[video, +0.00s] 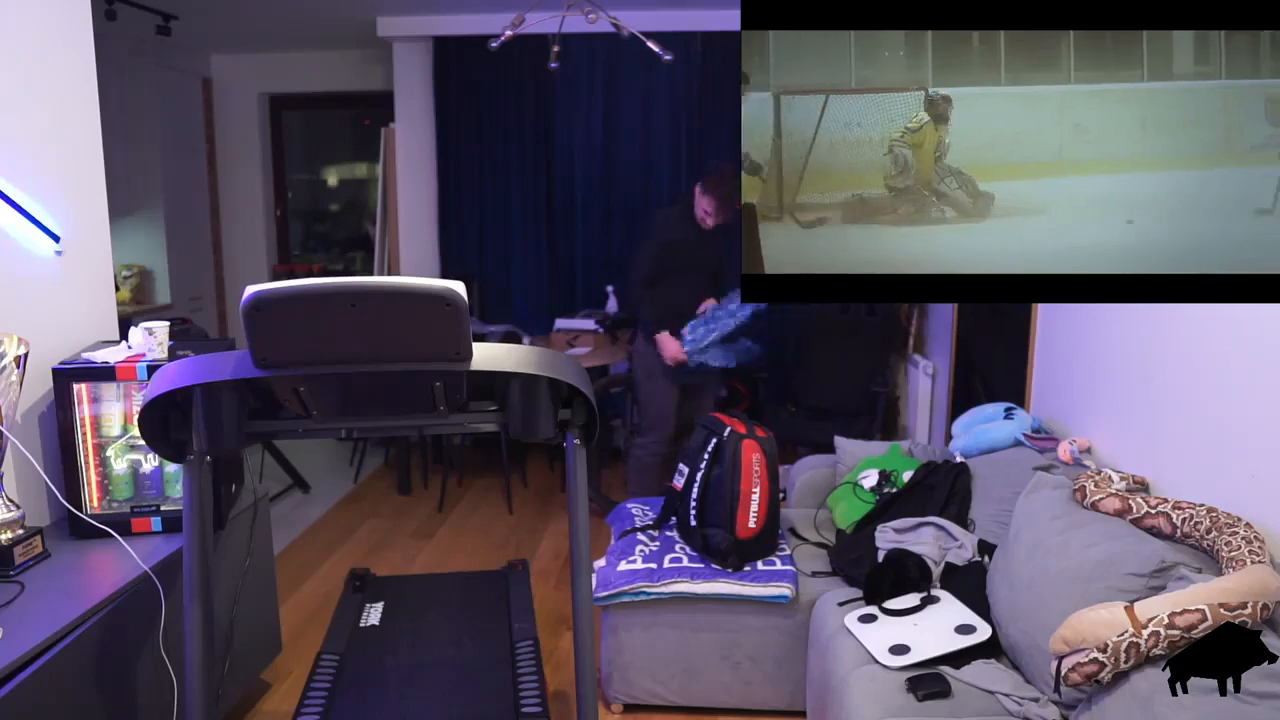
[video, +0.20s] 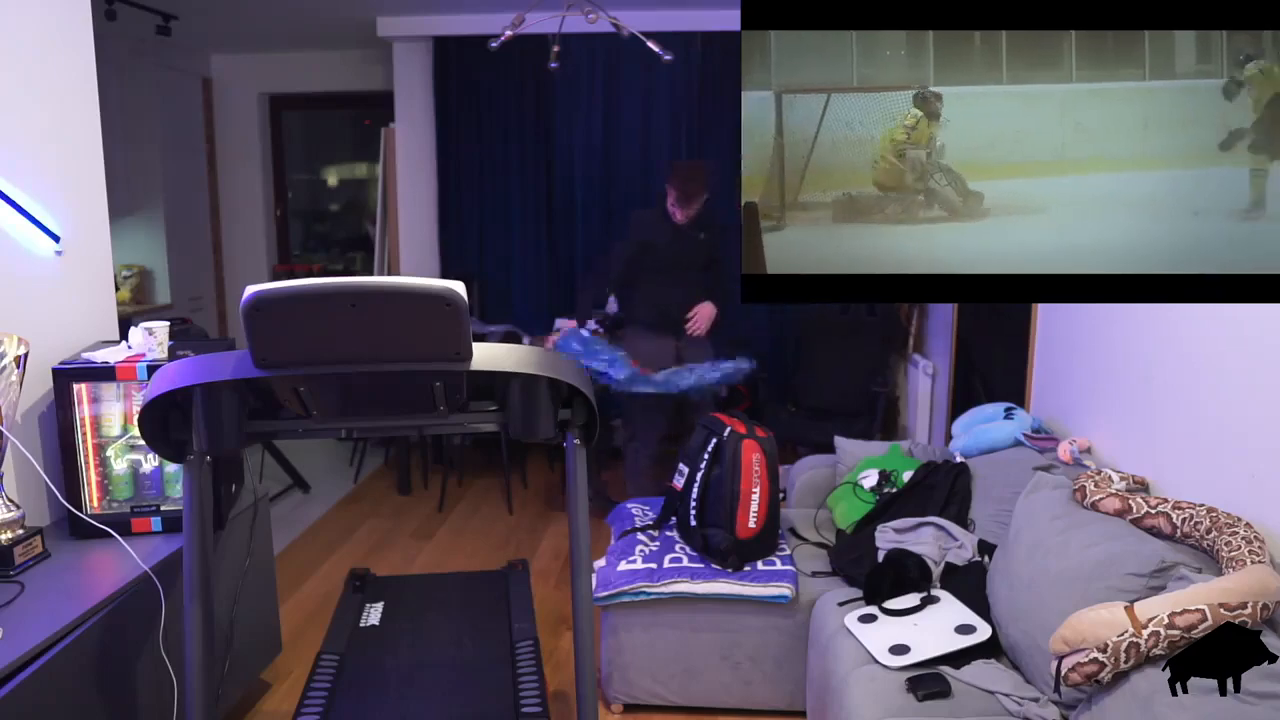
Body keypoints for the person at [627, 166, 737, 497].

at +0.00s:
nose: (708, 220)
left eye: (717, 215)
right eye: (705, 211)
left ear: (732, 210)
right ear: (696, 191)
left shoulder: (728, 234)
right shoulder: (667, 225)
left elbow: (727, 277)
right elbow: (641, 286)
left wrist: (715, 299)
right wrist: (660, 335)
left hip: (702, 341)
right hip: (656, 341)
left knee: (700, 426)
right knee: (658, 428)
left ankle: (690, 504)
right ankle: (644, 506)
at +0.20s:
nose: (680, 212)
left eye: (688, 205)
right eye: (674, 203)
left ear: (703, 198)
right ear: (666, 192)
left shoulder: (715, 233)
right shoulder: (643, 226)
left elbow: (727, 276)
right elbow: (608, 271)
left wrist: (713, 304)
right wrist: (585, 316)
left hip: (693, 345)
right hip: (643, 341)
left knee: (698, 425)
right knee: (645, 426)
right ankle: (643, 502)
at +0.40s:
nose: (656, 212)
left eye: (664, 206)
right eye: (650, 205)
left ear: (680, 194)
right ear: (641, 193)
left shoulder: (696, 229)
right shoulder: (625, 227)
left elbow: (712, 277)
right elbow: (591, 272)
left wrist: (703, 305)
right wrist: (544, 298)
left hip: (680, 334)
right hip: (634, 332)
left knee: (698, 409)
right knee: (635, 414)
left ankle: (697, 487)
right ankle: (635, 493)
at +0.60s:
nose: (641, 207)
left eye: (648, 200)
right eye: (634, 200)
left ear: (664, 187)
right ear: (624, 190)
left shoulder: (684, 226)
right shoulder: (611, 226)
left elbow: (702, 280)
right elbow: (591, 273)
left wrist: (683, 298)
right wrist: (563, 298)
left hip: (670, 343)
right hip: (619, 345)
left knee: (684, 433)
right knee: (628, 439)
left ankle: (693, 513)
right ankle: (634, 514)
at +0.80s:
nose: (629, 200)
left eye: (636, 192)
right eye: (621, 193)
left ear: (652, 181)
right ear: (612, 186)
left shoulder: (676, 222)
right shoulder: (603, 224)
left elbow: (702, 272)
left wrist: (678, 280)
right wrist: (580, 270)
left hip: (662, 342)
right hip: (611, 344)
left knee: (664, 438)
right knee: (622, 441)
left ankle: (674, 512)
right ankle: (632, 514)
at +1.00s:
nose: (623, 192)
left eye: (631, 182)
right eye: (615, 184)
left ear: (646, 175)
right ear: (607, 180)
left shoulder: (671, 217)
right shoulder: (603, 222)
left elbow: (702, 270)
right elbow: (583, 284)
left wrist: (675, 263)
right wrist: (593, 235)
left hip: (659, 342)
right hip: (610, 344)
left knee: (658, 439)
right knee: (618, 445)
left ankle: (676, 517)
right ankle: (633, 523)